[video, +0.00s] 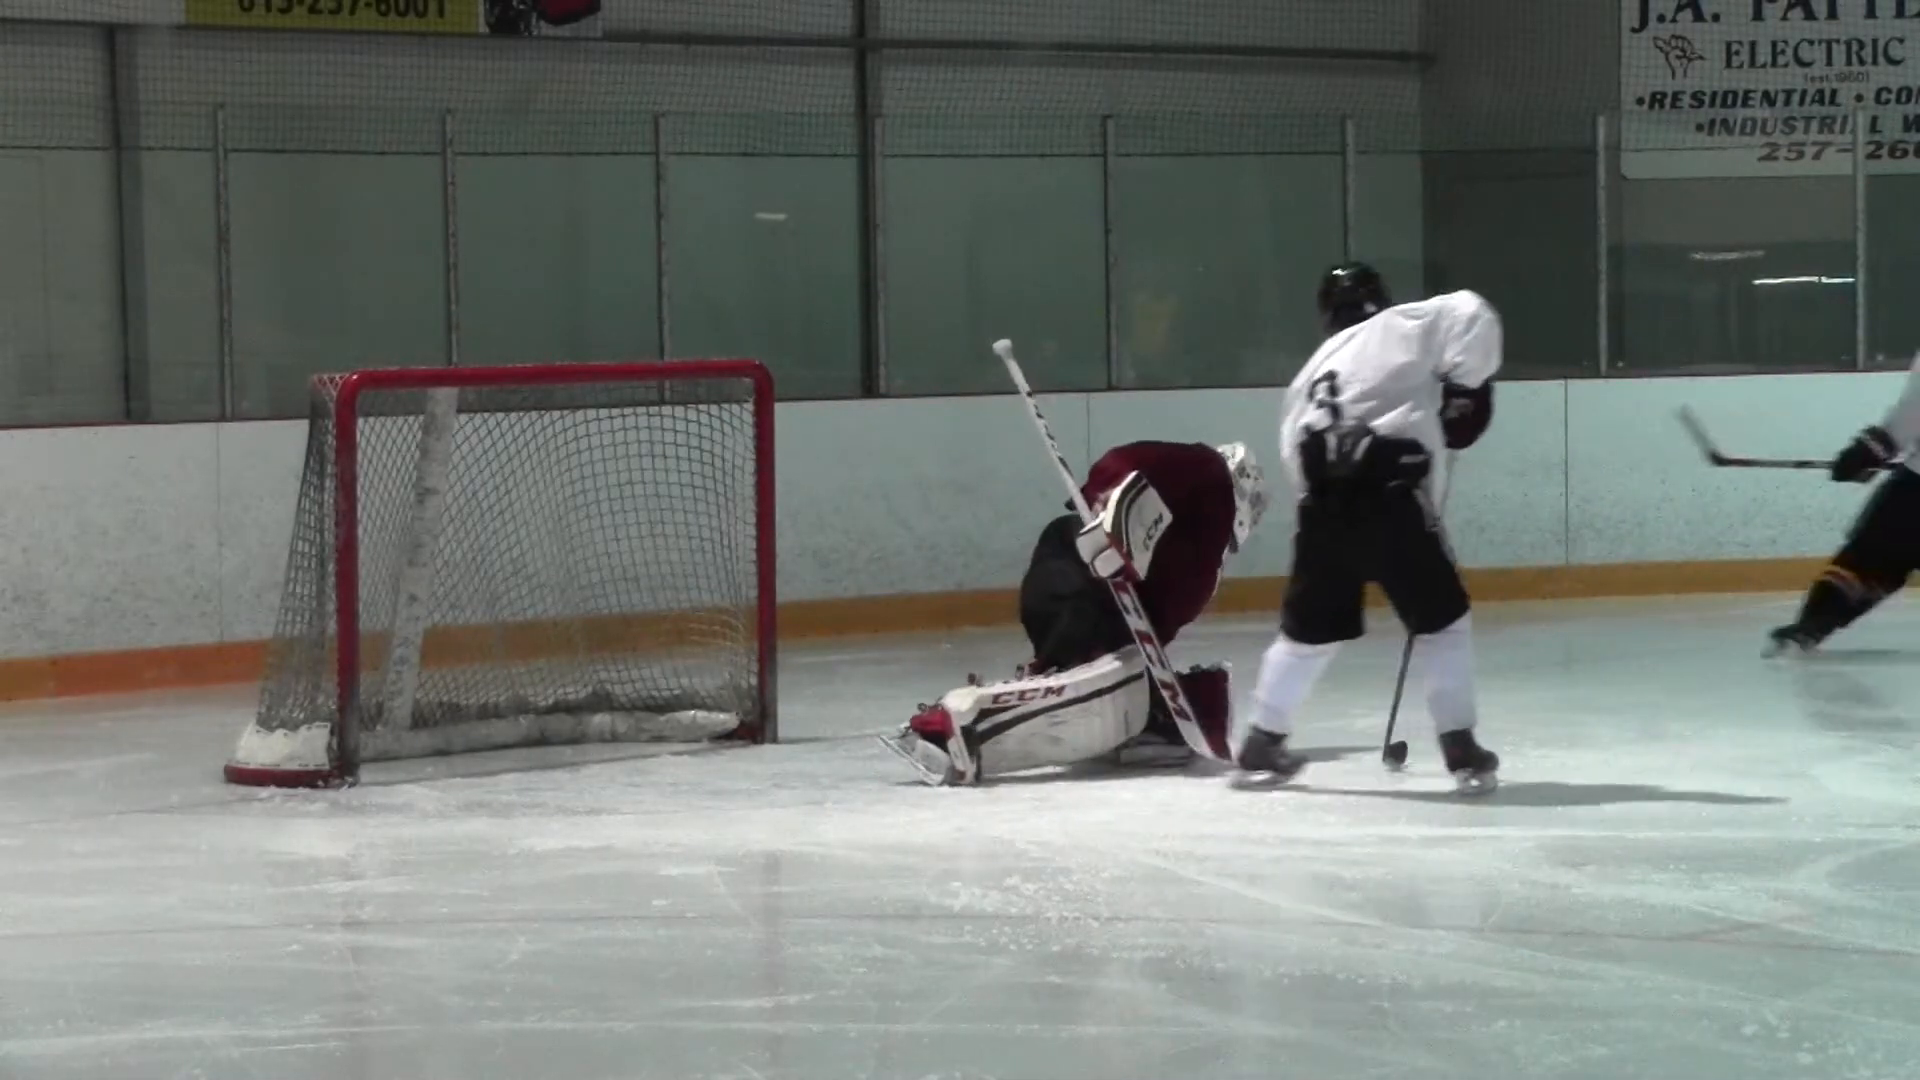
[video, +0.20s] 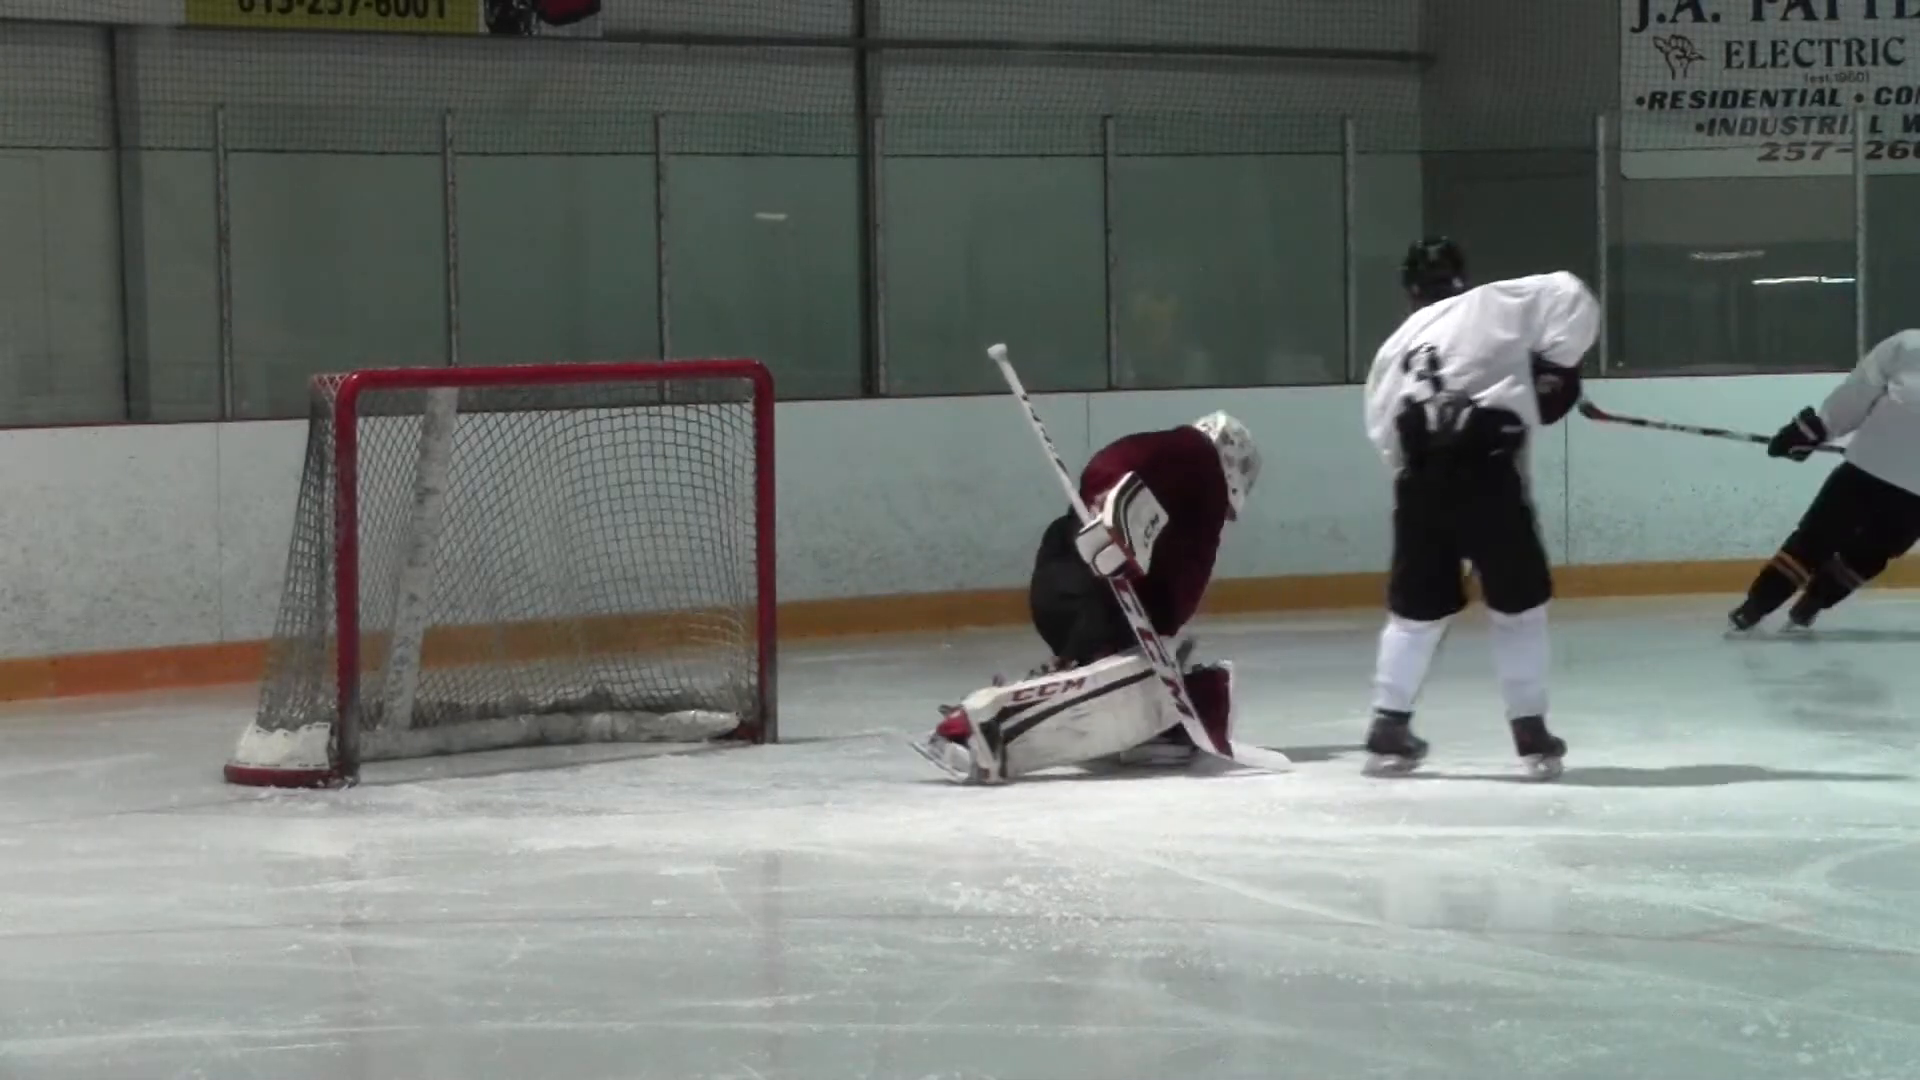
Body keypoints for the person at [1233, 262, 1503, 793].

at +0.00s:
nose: (1385, 305)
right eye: (1382, 299)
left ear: (1327, 315)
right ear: (1378, 299)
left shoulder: (1307, 375)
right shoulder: (1400, 323)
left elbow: (1296, 458)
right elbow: (1470, 309)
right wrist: (1467, 391)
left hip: (1325, 514)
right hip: (1391, 504)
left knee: (1308, 626)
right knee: (1443, 617)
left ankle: (1262, 739)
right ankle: (1458, 743)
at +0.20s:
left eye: (1421, 286)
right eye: (1456, 278)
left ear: (1410, 289)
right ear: (1461, 279)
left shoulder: (1391, 350)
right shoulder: (1488, 303)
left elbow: (1382, 434)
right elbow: (1568, 292)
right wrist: (1558, 370)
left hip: (1421, 486)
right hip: (1489, 477)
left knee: (1415, 606)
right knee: (1518, 602)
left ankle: (1388, 726)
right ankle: (1530, 730)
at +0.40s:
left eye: (1492, 268)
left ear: (1485, 273)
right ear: (1536, 260)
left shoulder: (1463, 336)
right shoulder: (1570, 289)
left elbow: (1465, 431)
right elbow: (1659, 297)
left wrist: (1487, 497)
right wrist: (1633, 363)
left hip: (1506, 467)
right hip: (1576, 458)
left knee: (1503, 594)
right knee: (1586, 593)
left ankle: (1488, 713)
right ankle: (1593, 714)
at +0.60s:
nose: (1614, 256)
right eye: (1615, 245)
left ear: (1569, 253)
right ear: (1620, 246)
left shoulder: (1544, 318)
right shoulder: (1649, 289)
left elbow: (1536, 412)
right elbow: (1733, 333)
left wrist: (1548, 487)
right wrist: (1688, 365)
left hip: (1577, 461)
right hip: (1644, 456)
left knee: (1580, 582)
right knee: (1652, 579)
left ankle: (1569, 699)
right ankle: (1655, 702)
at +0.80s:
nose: (1717, 247)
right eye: (1717, 239)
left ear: (1664, 245)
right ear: (1715, 242)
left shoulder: (1633, 308)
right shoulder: (1738, 291)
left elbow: (1616, 400)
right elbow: (1799, 353)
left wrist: (1623, 475)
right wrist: (1745, 363)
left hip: (1649, 457)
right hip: (1714, 454)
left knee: (1653, 574)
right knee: (1722, 573)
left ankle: (1645, 689)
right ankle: (1722, 693)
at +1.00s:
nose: (1821, 248)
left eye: (1817, 238)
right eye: (1819, 239)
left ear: (1764, 243)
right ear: (1813, 240)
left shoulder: (1728, 303)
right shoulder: (1823, 289)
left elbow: (1708, 395)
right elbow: (1876, 357)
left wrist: (1714, 466)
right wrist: (1822, 385)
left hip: (1729, 450)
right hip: (1789, 449)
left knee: (1735, 564)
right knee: (1806, 564)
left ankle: (1726, 679)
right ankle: (1798, 683)